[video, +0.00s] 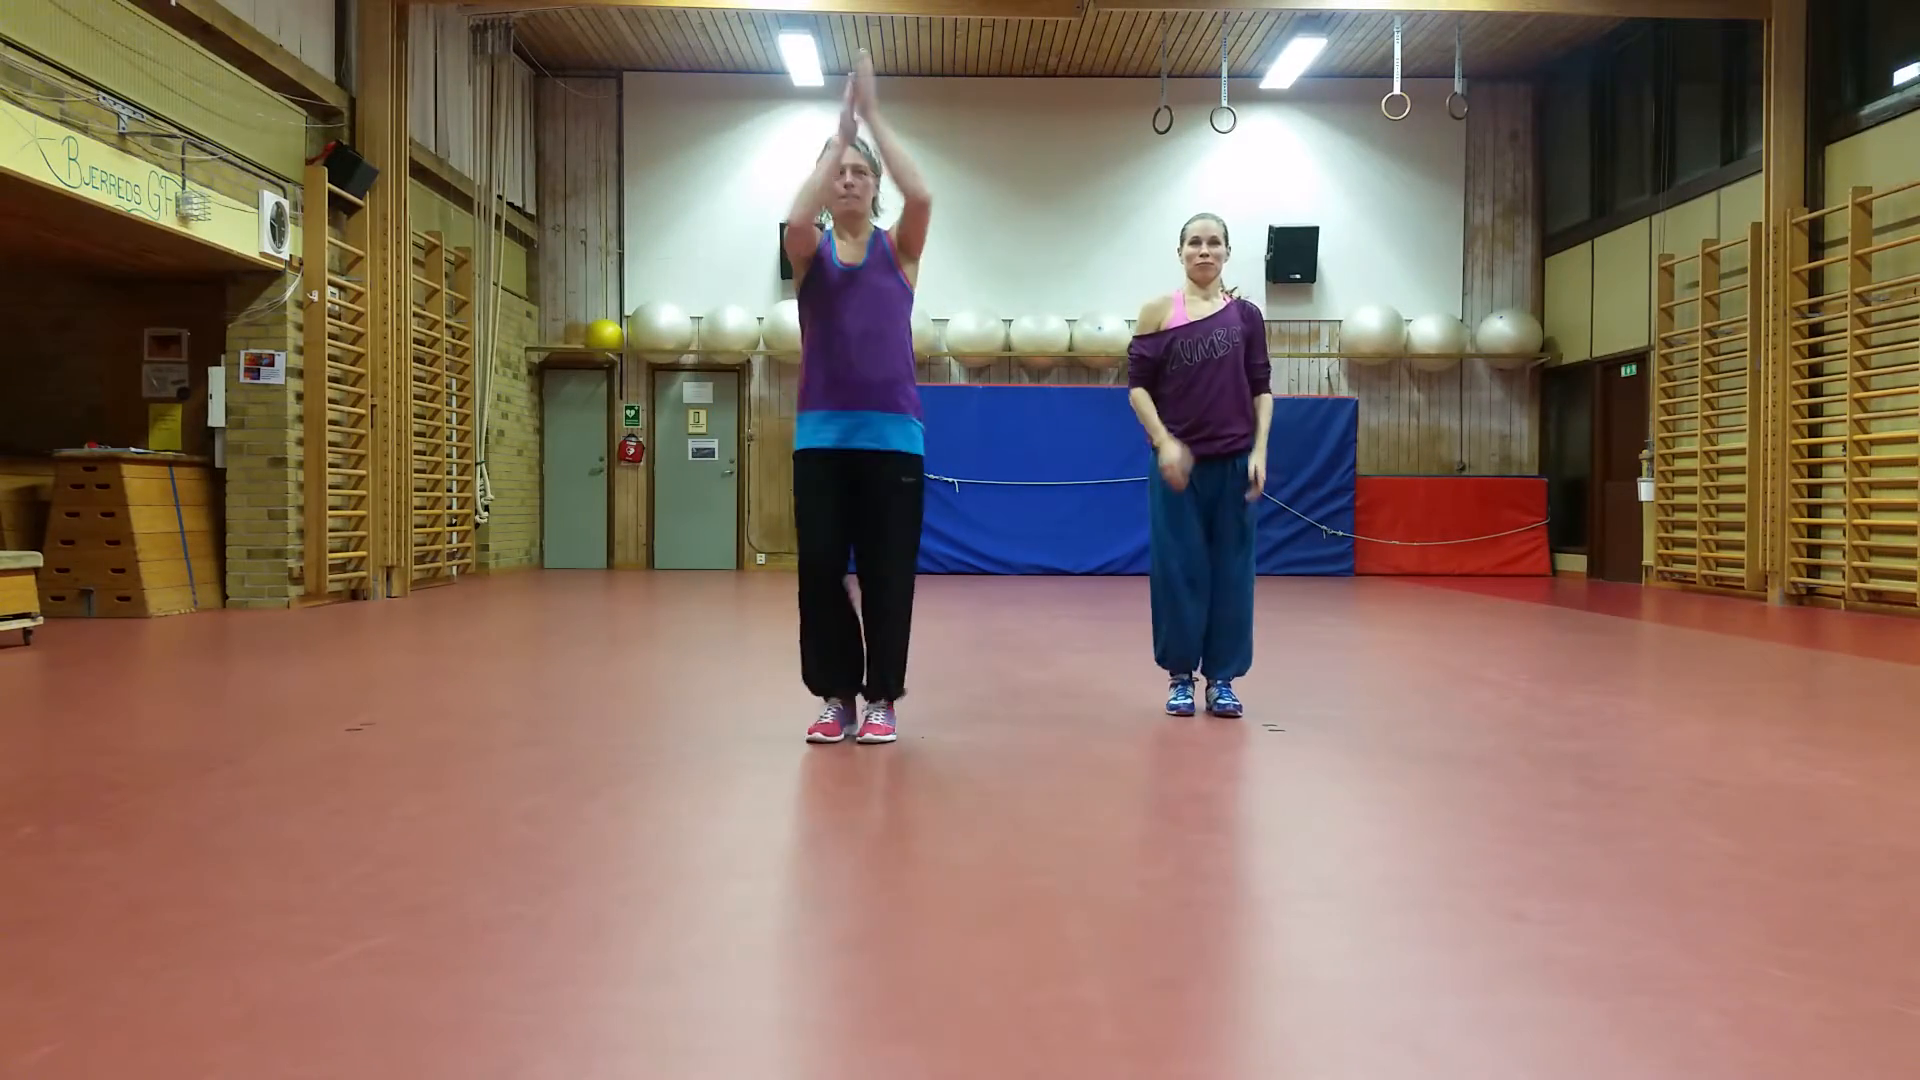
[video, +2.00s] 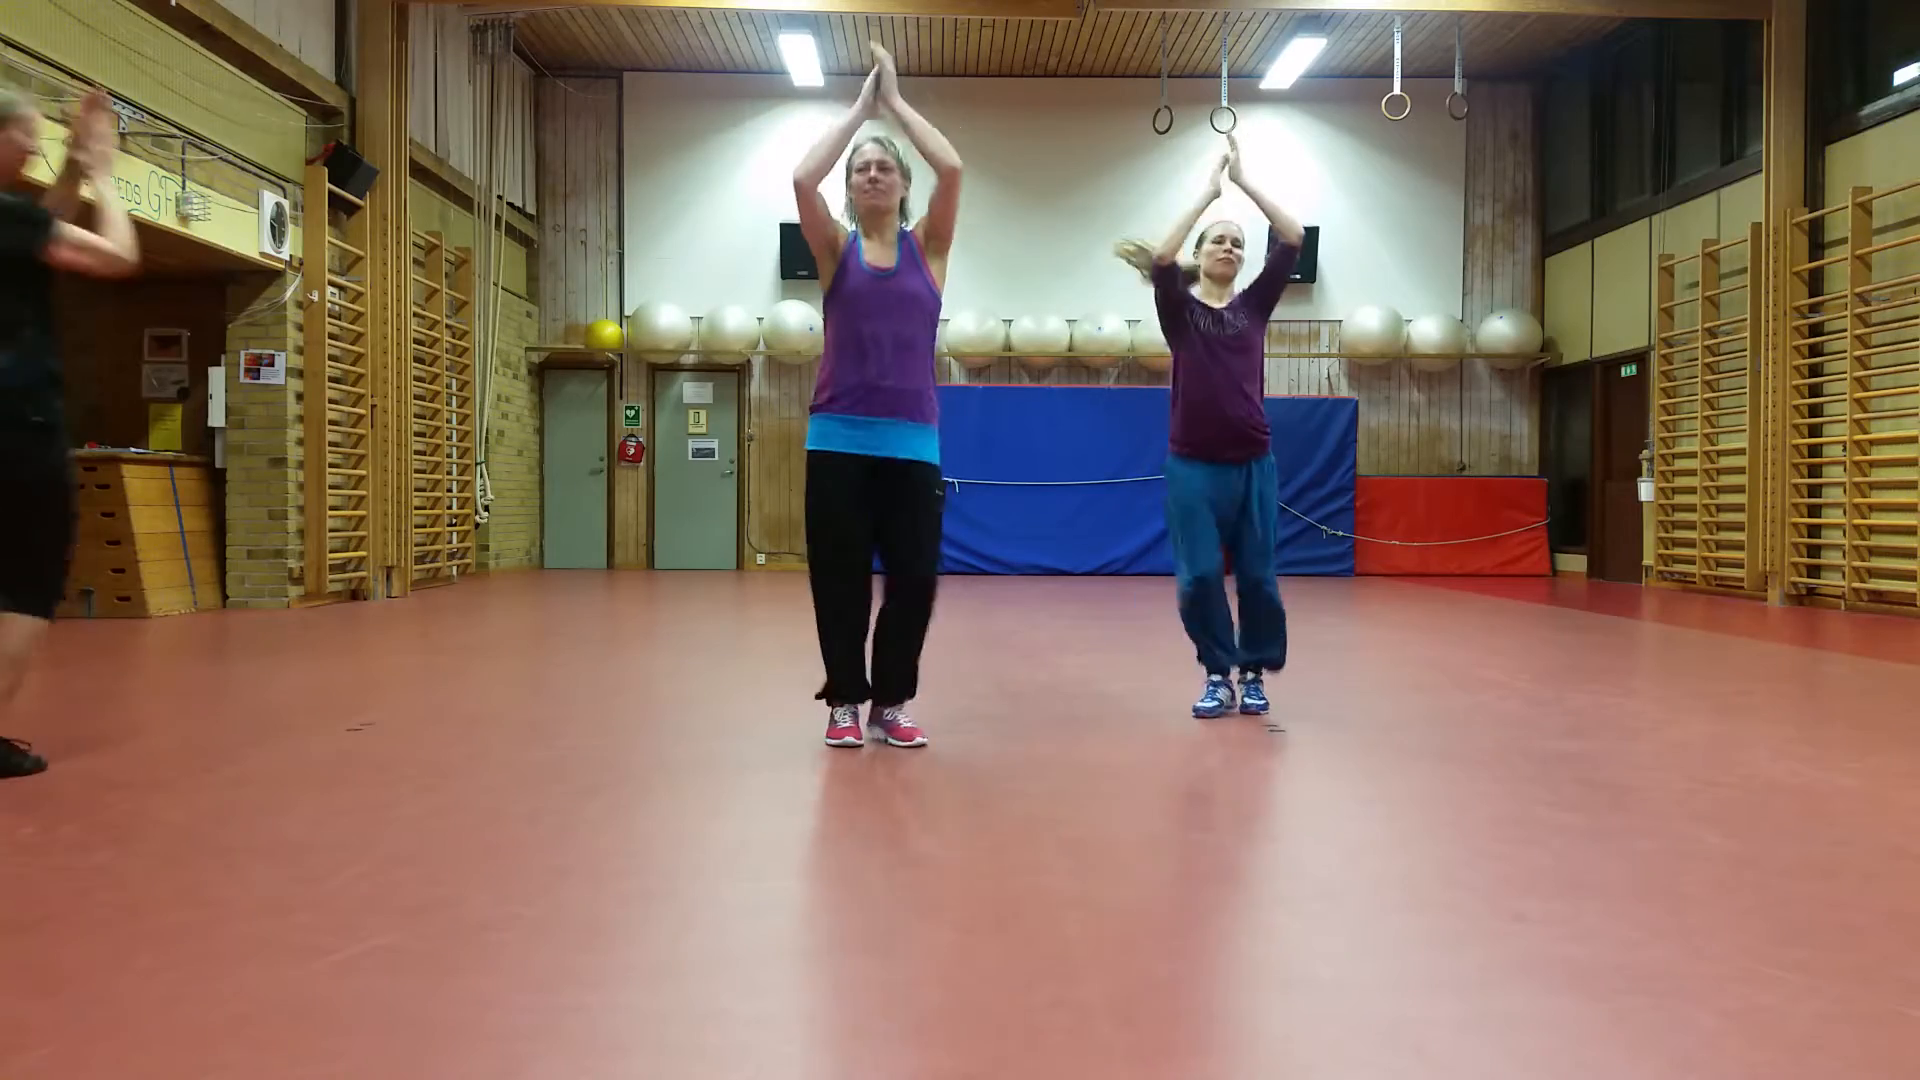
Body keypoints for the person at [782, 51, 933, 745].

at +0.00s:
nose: (849, 176)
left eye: (860, 169)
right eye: (839, 168)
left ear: (877, 187)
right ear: (824, 185)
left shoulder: (898, 248)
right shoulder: (810, 251)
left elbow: (919, 198)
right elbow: (797, 221)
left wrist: (874, 117)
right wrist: (839, 130)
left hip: (892, 431)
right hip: (823, 431)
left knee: (887, 571)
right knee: (819, 570)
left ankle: (882, 700)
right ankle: (838, 698)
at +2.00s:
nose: (873, 173)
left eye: (885, 167)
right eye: (862, 166)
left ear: (904, 185)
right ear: (849, 185)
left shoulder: (928, 249)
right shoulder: (835, 250)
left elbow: (952, 168)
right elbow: (805, 181)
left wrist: (896, 102)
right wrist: (861, 106)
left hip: (913, 440)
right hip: (840, 437)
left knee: (914, 580)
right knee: (840, 578)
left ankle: (891, 701)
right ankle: (846, 703)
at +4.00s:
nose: (889, 170)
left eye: (902, 162)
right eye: (877, 163)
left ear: (921, 182)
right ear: (864, 184)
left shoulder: (947, 249)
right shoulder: (847, 250)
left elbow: (989, 210)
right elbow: (799, 234)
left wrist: (929, 145)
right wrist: (849, 157)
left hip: (941, 442)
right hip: (864, 443)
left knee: (940, 584)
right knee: (847, 575)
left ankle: (939, 711)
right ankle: (879, 709)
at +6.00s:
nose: (908, 184)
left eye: (919, 178)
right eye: (897, 177)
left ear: (936, 196)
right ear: (879, 194)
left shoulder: (954, 261)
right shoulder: (855, 257)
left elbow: (996, 257)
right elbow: (810, 300)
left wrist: (949, 183)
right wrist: (879, 271)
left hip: (951, 451)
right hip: (866, 452)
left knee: (1023, 573)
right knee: (802, 579)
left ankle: (1068, 701)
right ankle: (756, 708)